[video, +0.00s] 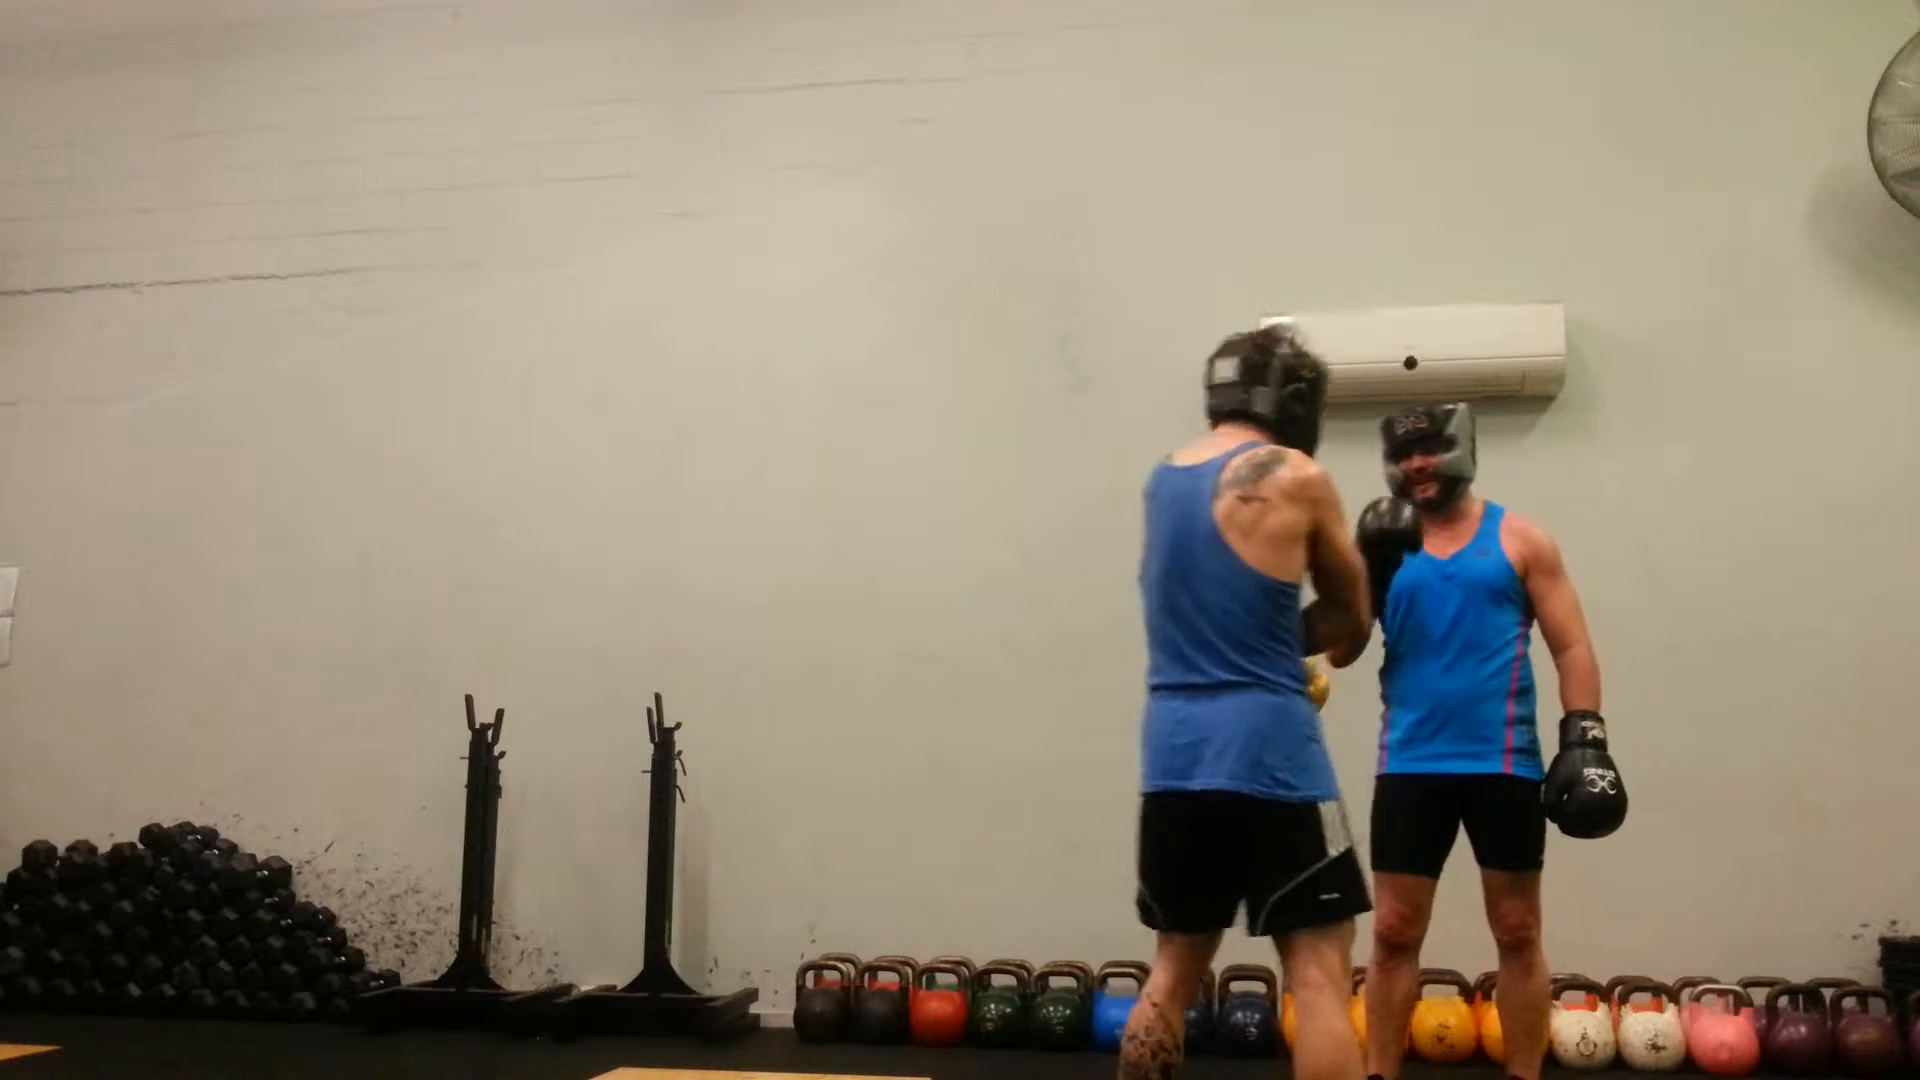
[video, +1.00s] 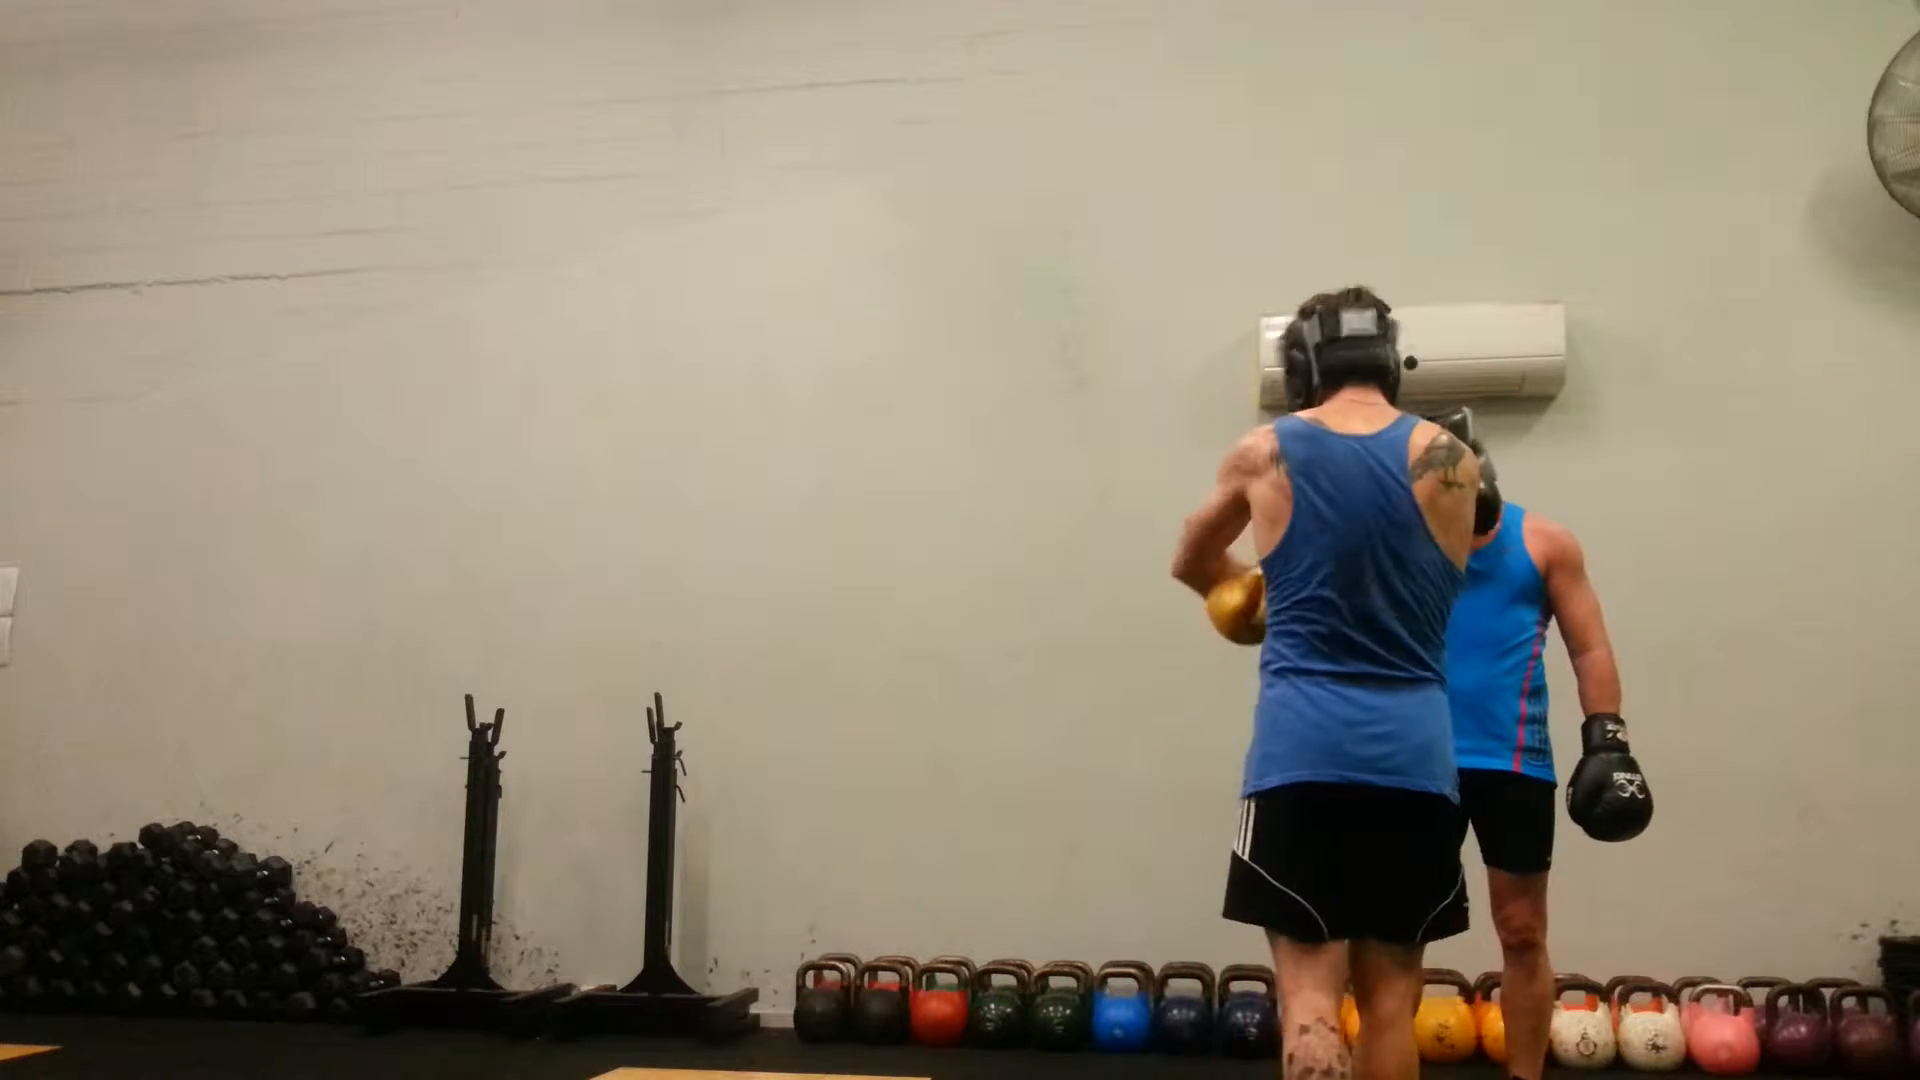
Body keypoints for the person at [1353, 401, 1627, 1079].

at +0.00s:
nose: (1418, 464)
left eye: (1432, 449)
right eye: (1403, 453)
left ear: (1463, 453)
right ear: (1389, 467)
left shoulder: (1519, 540)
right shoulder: (1386, 547)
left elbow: (1572, 645)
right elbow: (1339, 646)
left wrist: (1584, 742)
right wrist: (1366, 562)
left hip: (1503, 765)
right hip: (1411, 767)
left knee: (1517, 932)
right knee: (1394, 932)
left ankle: (1525, 1074)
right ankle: (1380, 1073)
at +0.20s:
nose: (1434, 474)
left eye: (1447, 460)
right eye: (1421, 462)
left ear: (1478, 463)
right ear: (1404, 469)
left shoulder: (1533, 545)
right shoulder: (1399, 548)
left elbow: (1583, 652)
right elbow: (1351, 624)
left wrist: (1600, 749)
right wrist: (1396, 510)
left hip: (1515, 766)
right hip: (1420, 767)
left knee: (1523, 934)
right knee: (1398, 940)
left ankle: (1527, 1073)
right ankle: (1382, 1075)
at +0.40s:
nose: (1448, 481)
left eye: (1456, 467)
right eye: (1436, 469)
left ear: (1480, 470)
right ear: (1420, 479)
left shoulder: (1543, 545)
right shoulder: (1405, 548)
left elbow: (1589, 655)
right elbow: (1364, 649)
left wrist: (1613, 755)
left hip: (1517, 768)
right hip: (1421, 768)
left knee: (1524, 934)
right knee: (1403, 934)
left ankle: (1526, 1072)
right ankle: (1385, 1068)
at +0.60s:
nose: (1448, 479)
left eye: (1456, 462)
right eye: (1435, 467)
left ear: (1482, 465)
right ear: (1419, 480)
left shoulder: (1547, 544)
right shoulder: (1405, 543)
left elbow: (1593, 651)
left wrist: (1617, 750)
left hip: (1516, 768)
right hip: (1421, 766)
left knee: (1524, 933)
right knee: (1399, 939)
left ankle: (1526, 1071)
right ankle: (1382, 1068)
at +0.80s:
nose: (1453, 475)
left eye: (1463, 460)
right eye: (1438, 465)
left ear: (1485, 465)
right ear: (1421, 478)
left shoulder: (1544, 543)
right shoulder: (1404, 544)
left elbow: (1591, 650)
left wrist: (1615, 746)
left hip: (1514, 766)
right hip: (1420, 765)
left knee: (1522, 933)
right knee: (1396, 944)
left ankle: (1526, 1072)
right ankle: (1385, 1070)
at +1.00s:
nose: (1448, 478)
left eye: (1457, 461)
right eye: (1433, 467)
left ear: (1481, 465)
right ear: (1414, 481)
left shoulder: (1541, 542)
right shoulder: (1399, 545)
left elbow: (1587, 645)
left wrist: (1606, 740)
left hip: (1510, 767)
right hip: (1416, 767)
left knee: (1520, 934)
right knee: (1390, 947)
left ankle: (1525, 1072)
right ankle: (1382, 1070)